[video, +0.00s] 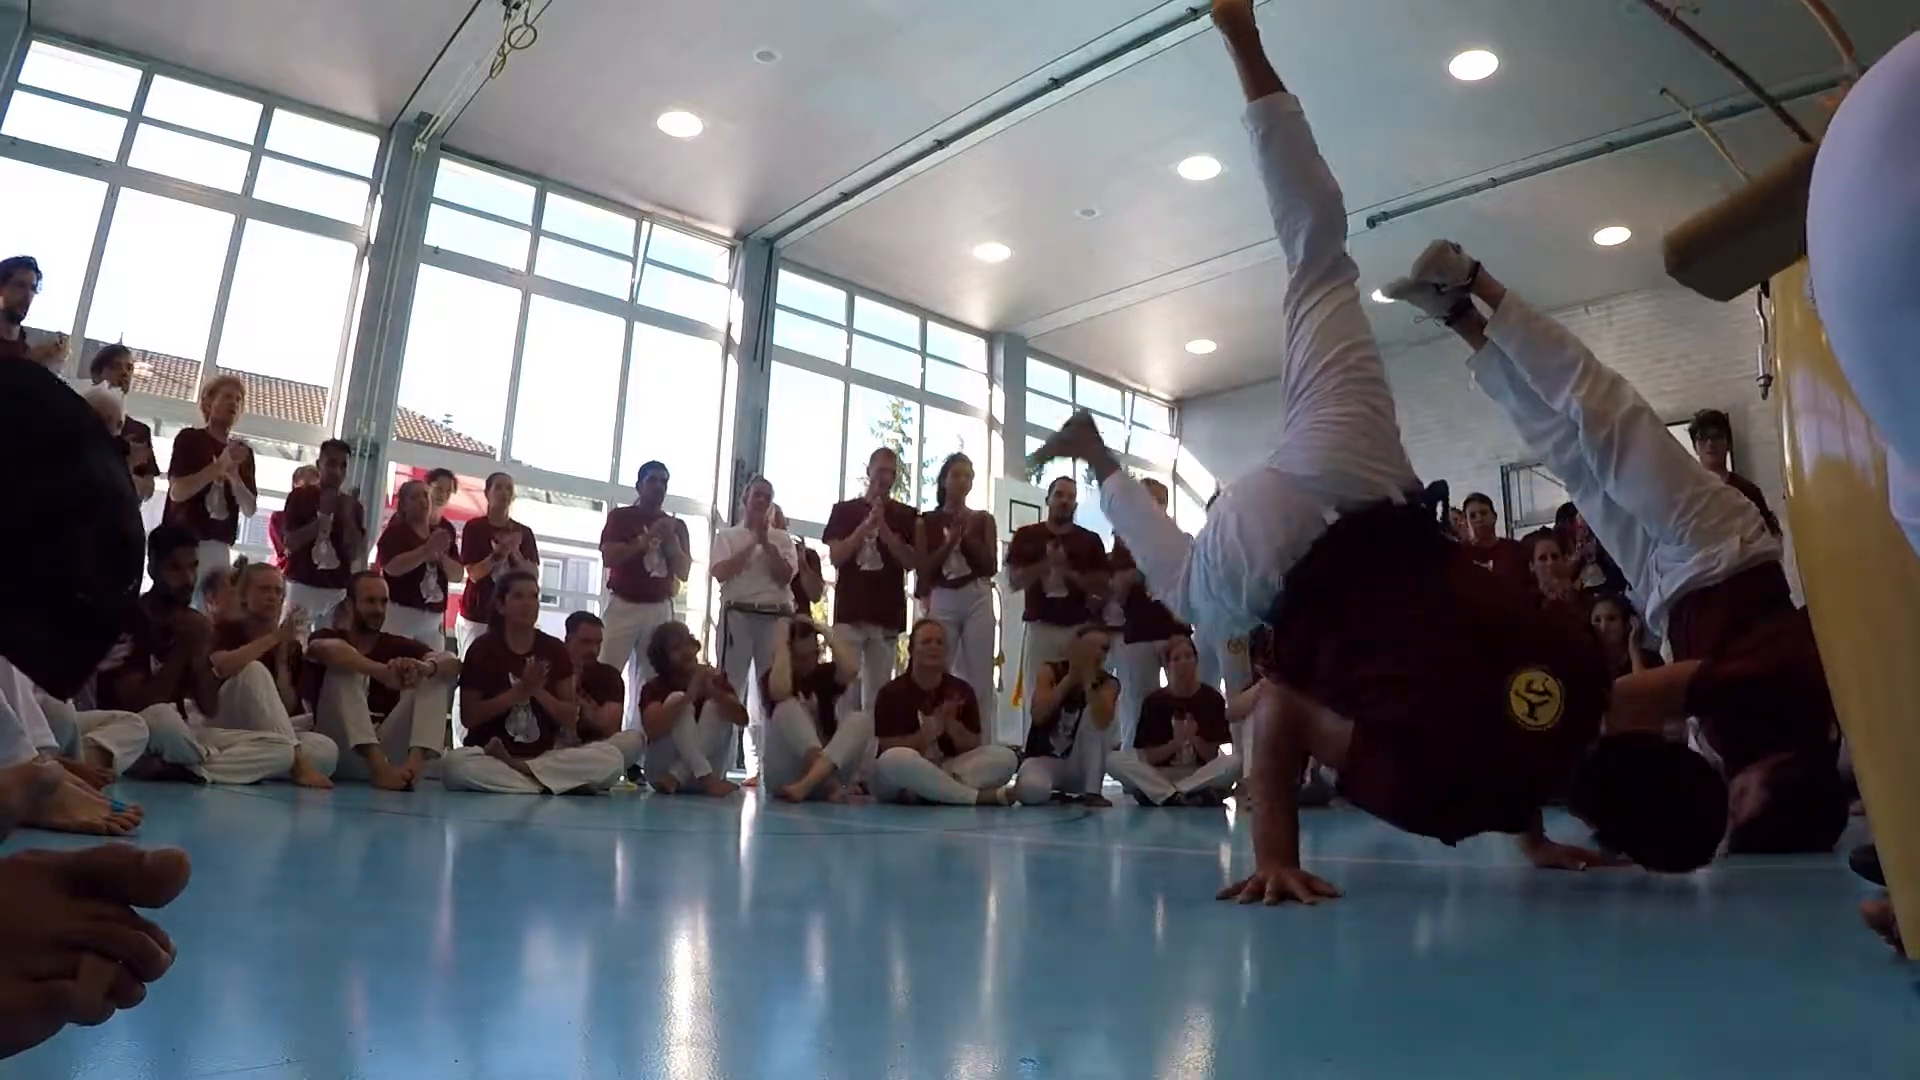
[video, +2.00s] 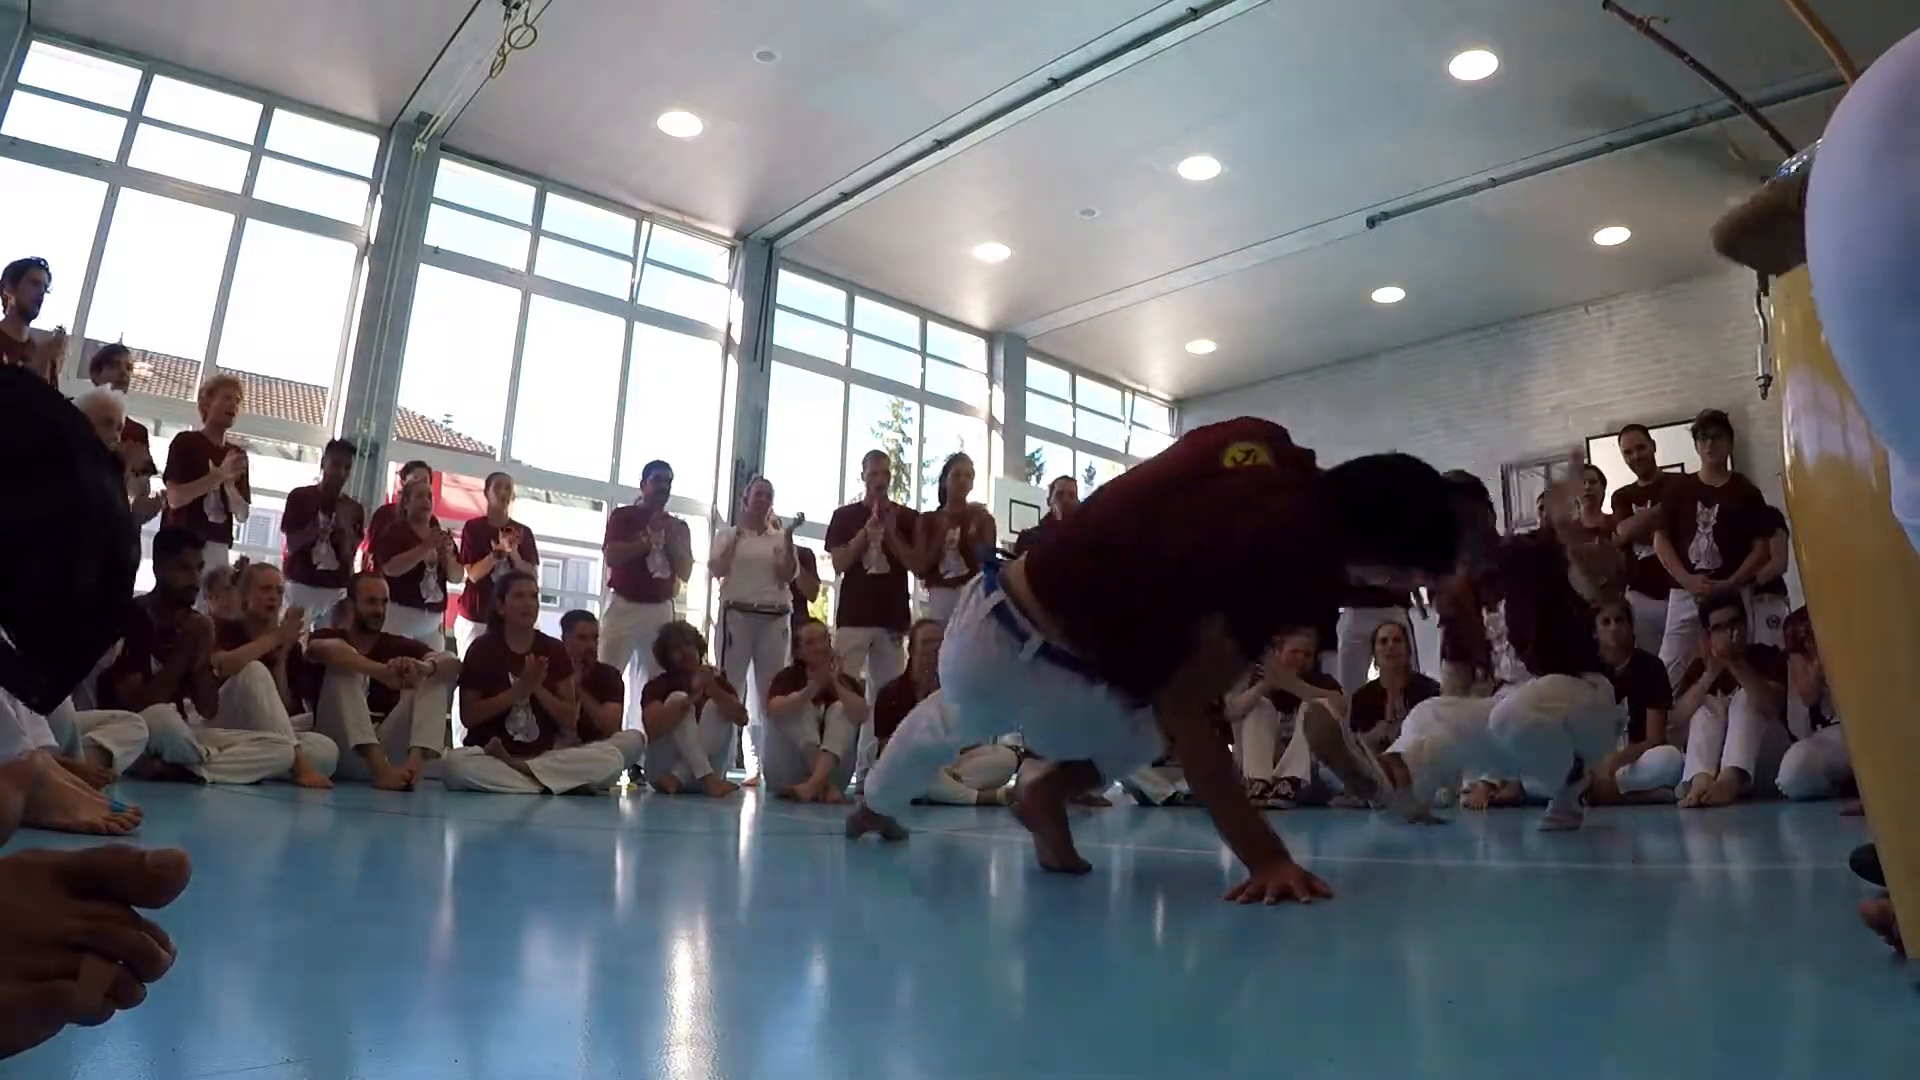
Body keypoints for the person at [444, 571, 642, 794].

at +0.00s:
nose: (529, 603)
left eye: (534, 597)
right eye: (519, 597)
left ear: (540, 603)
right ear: (500, 605)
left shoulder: (556, 649)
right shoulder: (481, 648)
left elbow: (570, 718)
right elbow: (469, 717)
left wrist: (536, 691)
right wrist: (521, 690)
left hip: (546, 756)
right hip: (489, 755)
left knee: (612, 759)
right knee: (455, 766)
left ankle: (522, 766)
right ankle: (548, 786)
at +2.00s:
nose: (528, 603)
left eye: (533, 597)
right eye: (519, 597)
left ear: (539, 603)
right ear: (500, 605)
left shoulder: (554, 649)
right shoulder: (481, 648)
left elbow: (569, 717)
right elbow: (469, 716)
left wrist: (535, 688)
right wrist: (519, 690)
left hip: (546, 756)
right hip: (488, 756)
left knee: (613, 758)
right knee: (454, 765)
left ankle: (522, 766)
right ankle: (550, 786)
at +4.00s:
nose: (544, 598)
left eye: (548, 593)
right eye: (535, 592)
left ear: (553, 602)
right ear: (514, 602)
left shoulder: (565, 650)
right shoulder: (490, 645)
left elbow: (575, 719)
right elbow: (475, 711)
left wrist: (545, 686)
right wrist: (530, 688)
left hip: (548, 757)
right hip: (492, 756)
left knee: (612, 760)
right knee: (454, 767)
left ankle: (524, 767)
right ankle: (547, 786)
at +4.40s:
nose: (539, 598)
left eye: (543, 593)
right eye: (529, 592)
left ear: (548, 601)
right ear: (509, 601)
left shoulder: (562, 649)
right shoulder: (487, 645)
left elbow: (572, 719)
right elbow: (473, 711)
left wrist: (544, 685)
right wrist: (527, 687)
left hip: (546, 757)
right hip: (492, 756)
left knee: (612, 760)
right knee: (454, 766)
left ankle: (523, 767)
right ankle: (548, 786)